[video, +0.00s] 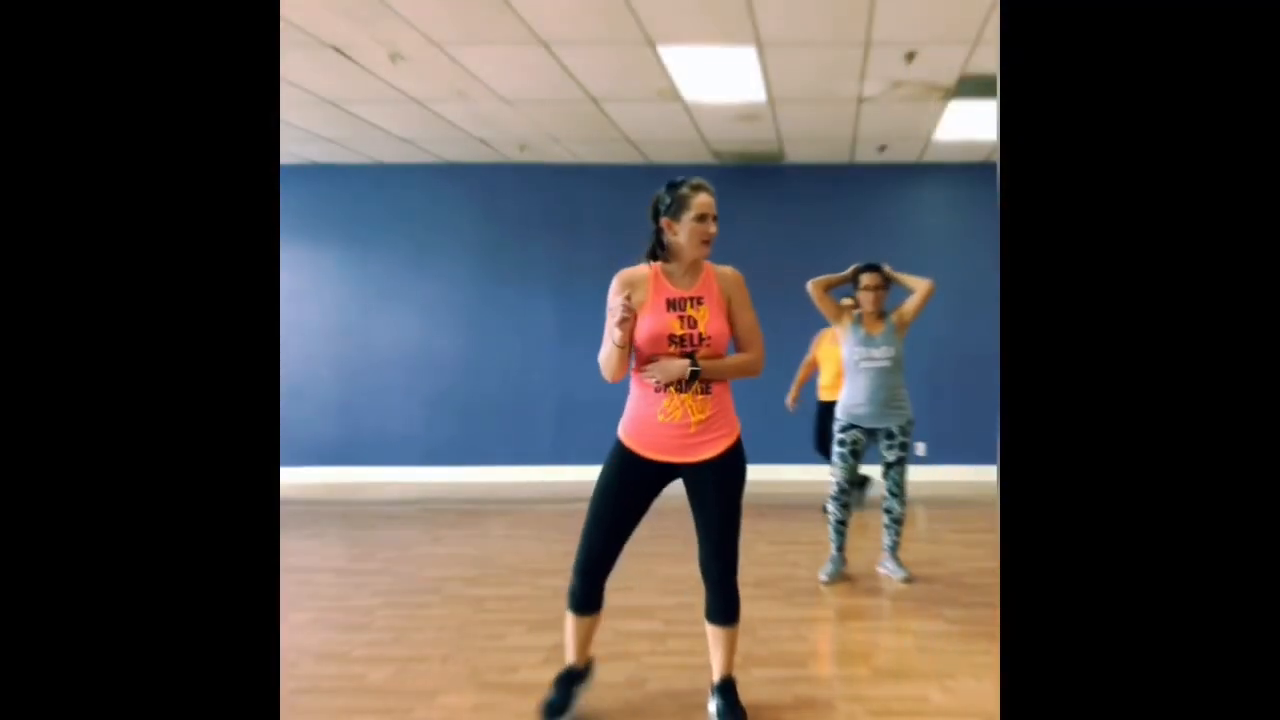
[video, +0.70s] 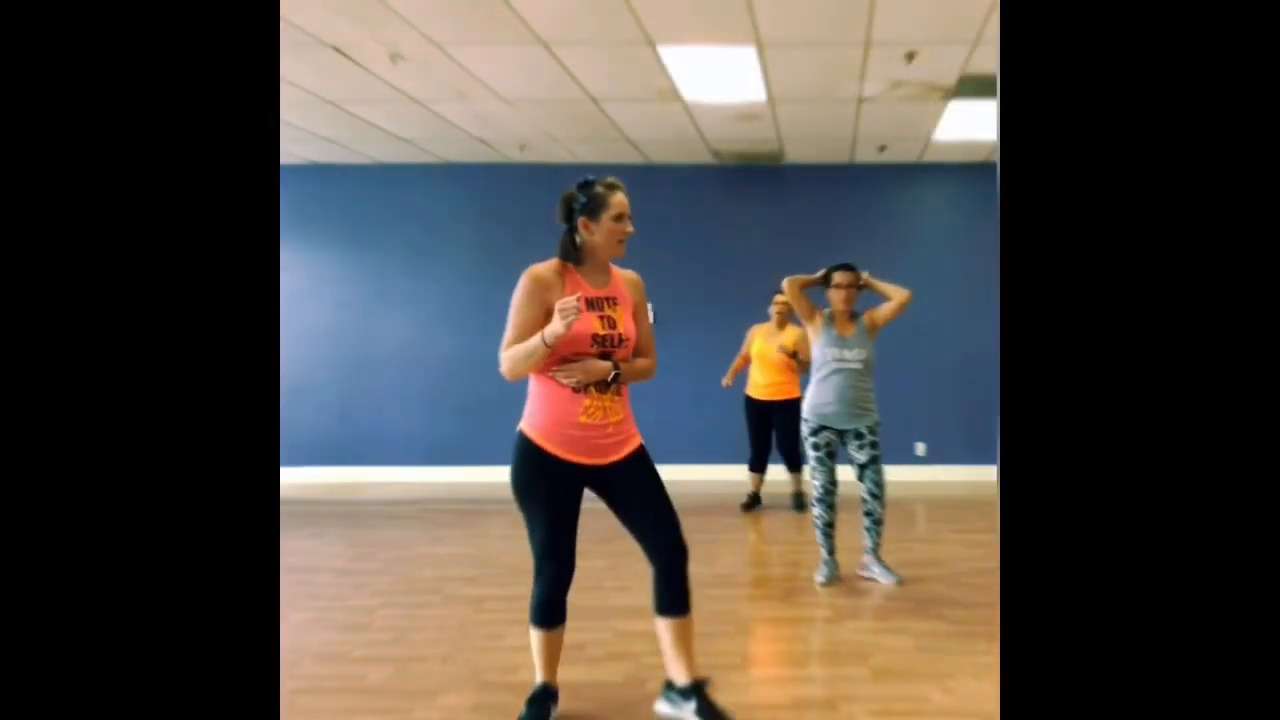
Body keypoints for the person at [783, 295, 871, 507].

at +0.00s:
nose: (847, 313)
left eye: (852, 309)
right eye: (843, 308)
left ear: (859, 311)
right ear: (836, 311)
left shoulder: (862, 335)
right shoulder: (826, 335)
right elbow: (809, 363)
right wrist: (795, 390)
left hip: (852, 397)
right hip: (828, 396)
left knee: (847, 450)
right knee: (823, 445)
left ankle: (840, 497)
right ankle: (856, 480)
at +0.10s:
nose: (836, 312)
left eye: (841, 308)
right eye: (833, 307)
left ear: (849, 312)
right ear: (827, 310)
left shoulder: (852, 335)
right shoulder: (815, 335)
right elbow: (799, 363)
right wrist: (785, 390)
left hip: (840, 398)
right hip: (816, 397)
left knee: (837, 446)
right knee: (807, 442)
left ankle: (834, 487)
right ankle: (824, 478)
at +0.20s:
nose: (825, 312)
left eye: (830, 307)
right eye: (823, 307)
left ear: (837, 310)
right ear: (818, 310)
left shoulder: (843, 334)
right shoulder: (805, 335)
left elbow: (849, 366)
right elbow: (791, 364)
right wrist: (779, 391)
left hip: (832, 398)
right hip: (807, 397)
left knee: (834, 448)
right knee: (794, 441)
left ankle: (837, 494)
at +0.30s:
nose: (814, 318)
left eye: (818, 314)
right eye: (811, 313)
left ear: (825, 317)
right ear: (806, 315)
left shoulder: (830, 338)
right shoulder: (794, 336)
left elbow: (837, 369)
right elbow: (783, 365)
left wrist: (836, 397)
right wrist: (773, 393)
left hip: (822, 402)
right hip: (796, 402)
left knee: (830, 451)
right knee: (782, 446)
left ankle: (835, 494)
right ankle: (763, 488)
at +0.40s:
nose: (803, 315)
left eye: (808, 310)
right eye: (800, 310)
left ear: (815, 316)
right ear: (795, 314)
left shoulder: (820, 339)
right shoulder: (782, 337)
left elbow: (831, 367)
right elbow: (772, 367)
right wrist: (763, 395)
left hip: (811, 403)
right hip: (783, 402)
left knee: (820, 453)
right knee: (771, 449)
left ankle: (832, 493)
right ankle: (757, 492)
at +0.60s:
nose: (785, 311)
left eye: (790, 307)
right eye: (782, 306)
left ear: (797, 312)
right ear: (776, 310)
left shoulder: (803, 336)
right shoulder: (762, 333)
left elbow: (813, 370)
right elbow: (750, 360)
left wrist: (798, 361)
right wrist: (738, 383)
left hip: (792, 397)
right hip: (762, 396)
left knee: (796, 446)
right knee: (760, 446)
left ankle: (818, 482)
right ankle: (754, 492)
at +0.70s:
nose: (780, 309)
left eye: (784, 305)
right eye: (776, 304)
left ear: (790, 310)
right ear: (770, 308)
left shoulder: (798, 334)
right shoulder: (756, 331)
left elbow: (807, 367)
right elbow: (744, 355)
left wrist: (792, 357)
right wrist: (731, 374)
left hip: (786, 396)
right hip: (757, 395)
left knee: (789, 446)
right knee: (758, 446)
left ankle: (797, 491)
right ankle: (754, 492)